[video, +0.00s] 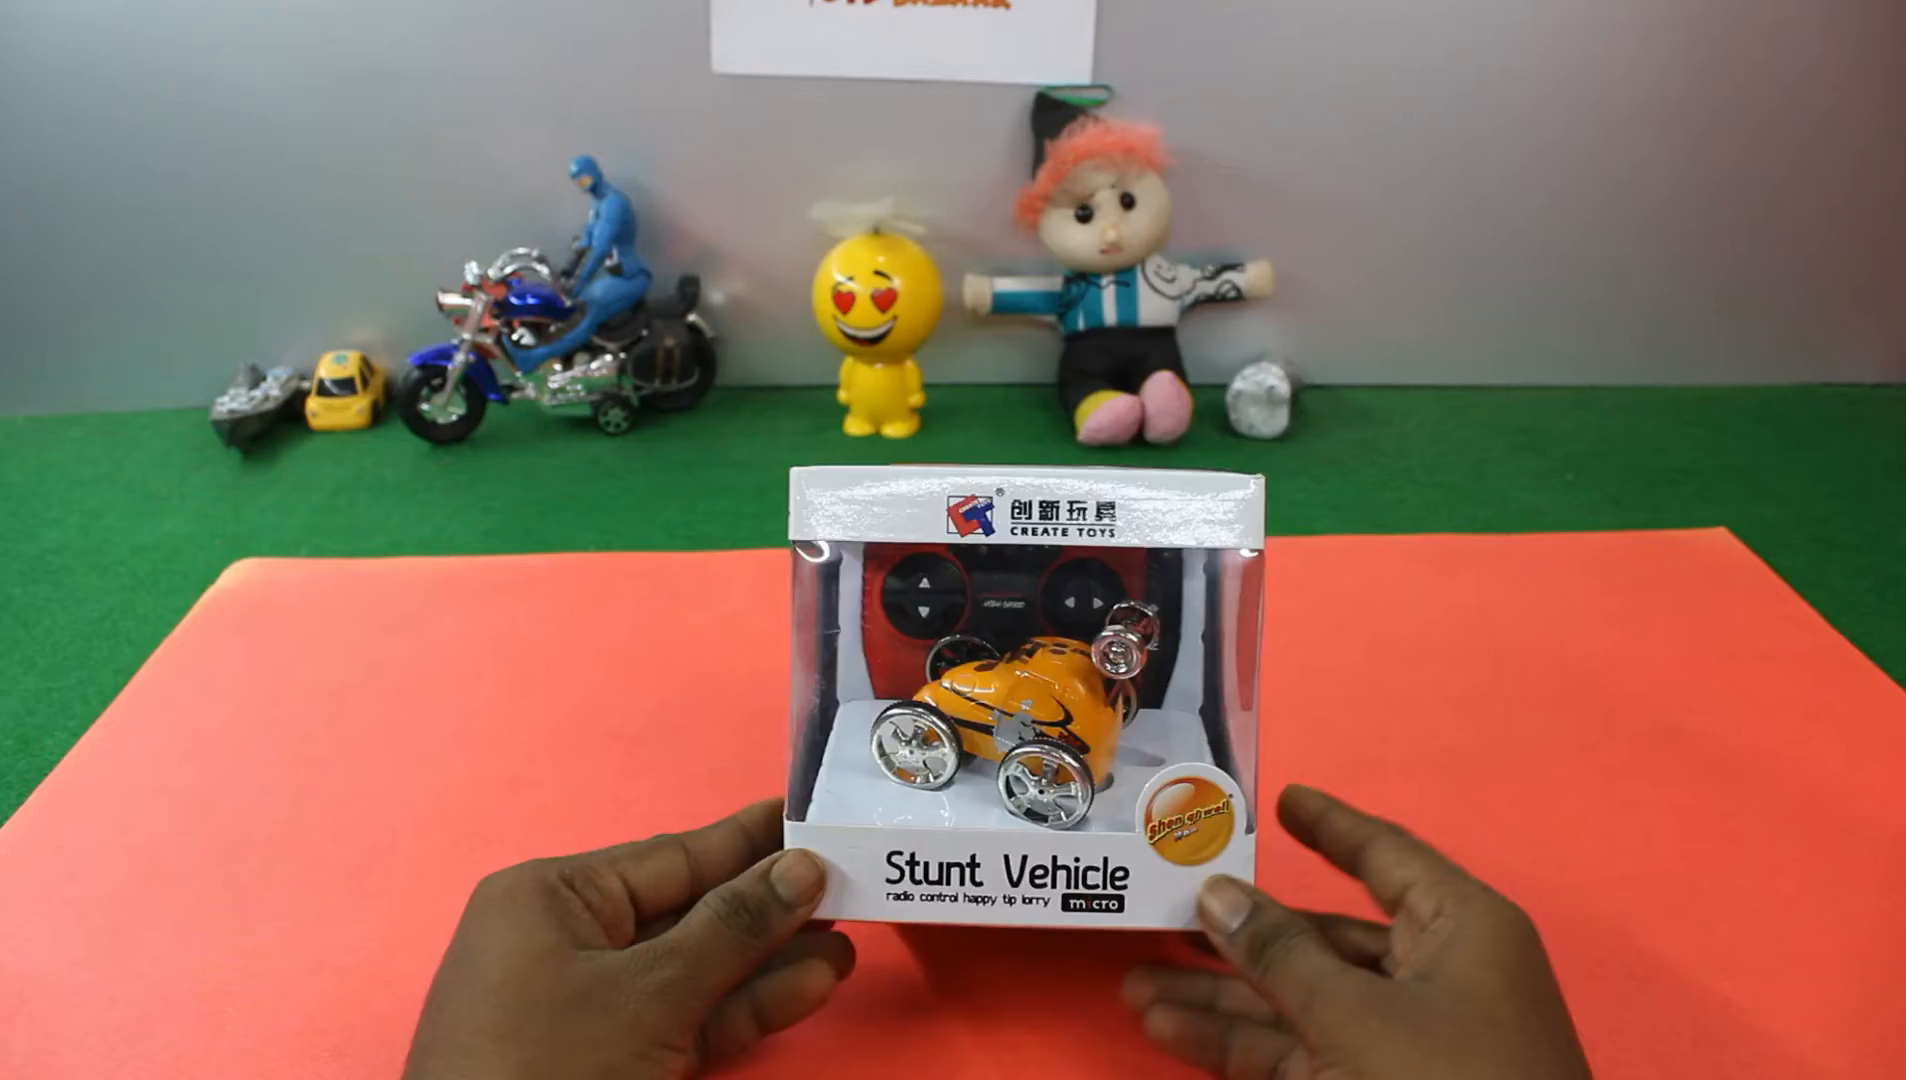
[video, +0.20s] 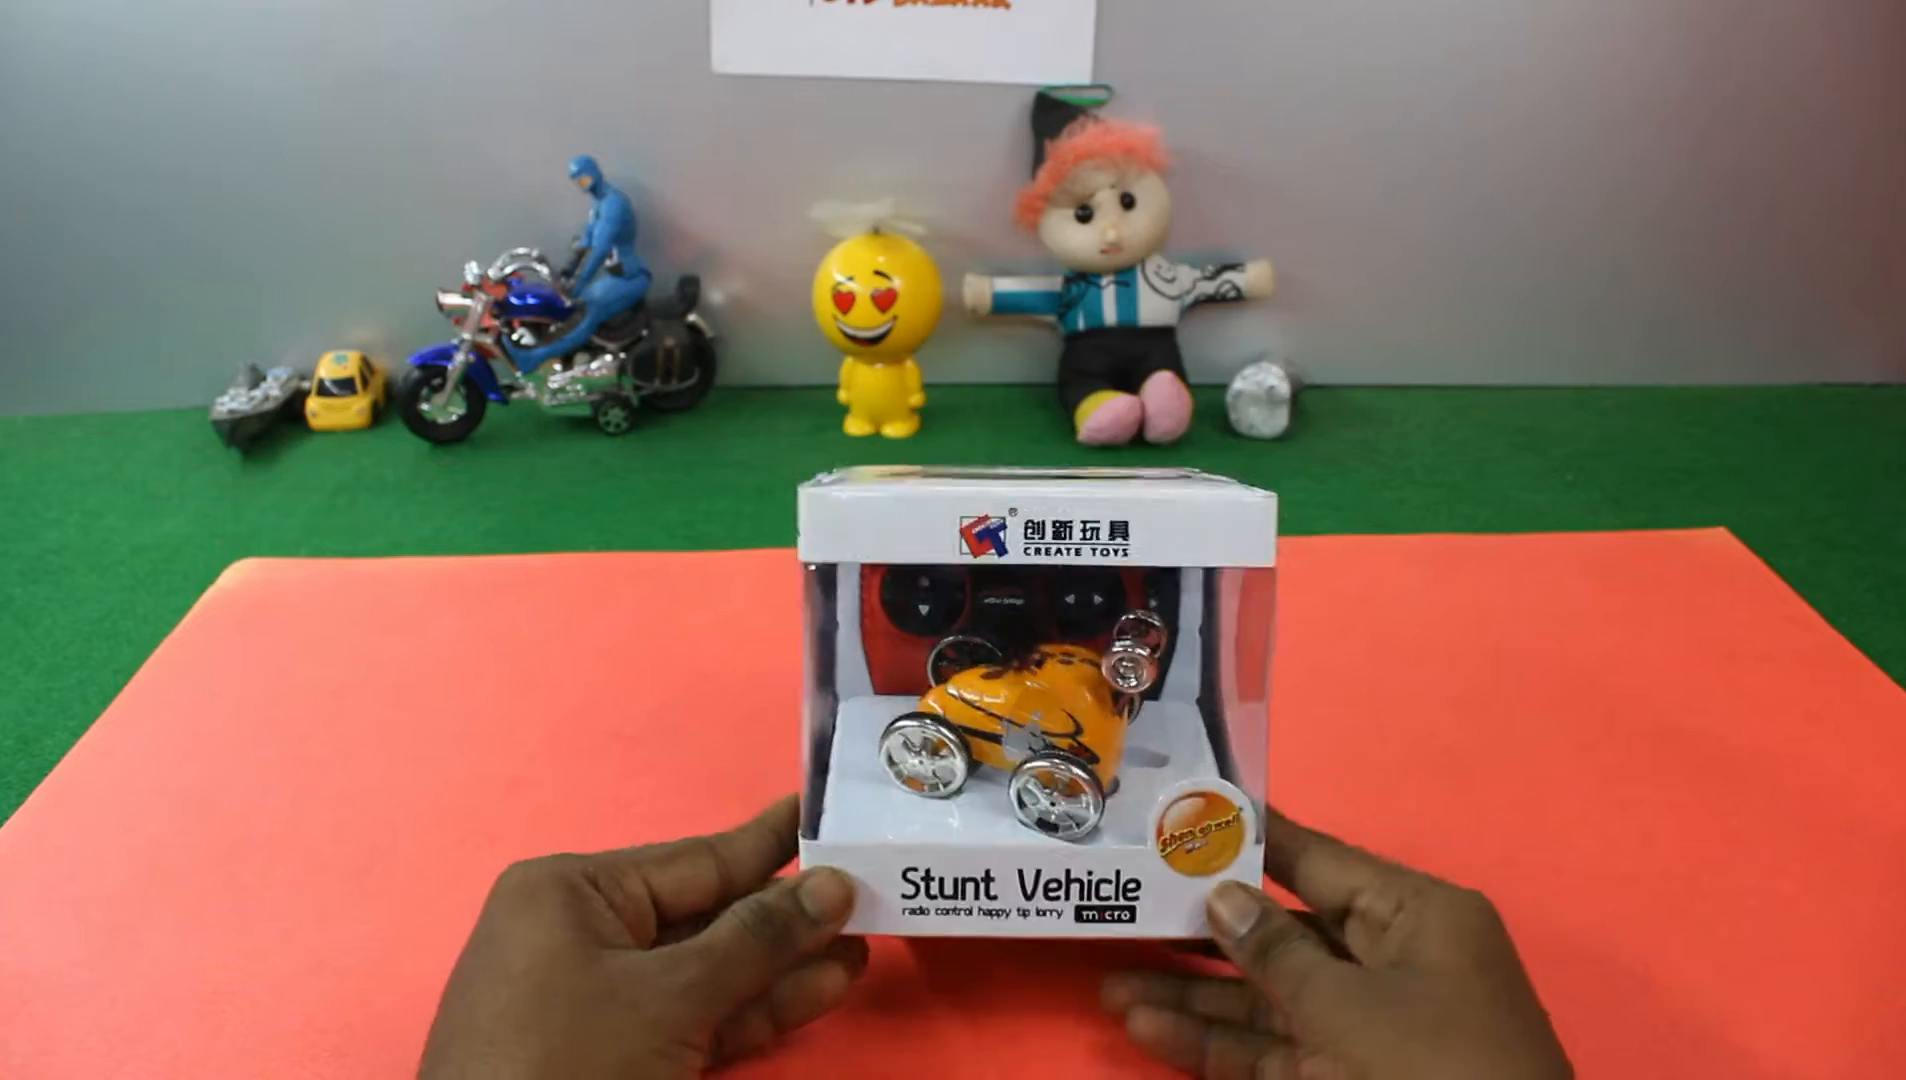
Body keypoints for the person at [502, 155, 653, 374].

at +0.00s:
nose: (581, 184)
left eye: (583, 177)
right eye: (577, 180)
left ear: (594, 174)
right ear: (576, 182)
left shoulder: (614, 203)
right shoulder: (598, 204)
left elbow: (601, 249)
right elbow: (586, 241)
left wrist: (577, 288)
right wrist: (567, 271)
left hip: (631, 277)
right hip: (611, 272)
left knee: (593, 313)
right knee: (574, 301)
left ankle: (532, 358)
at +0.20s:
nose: (581, 184)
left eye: (583, 177)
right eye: (576, 180)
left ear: (594, 174)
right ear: (576, 181)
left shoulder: (614, 203)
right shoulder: (598, 203)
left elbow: (601, 249)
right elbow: (587, 240)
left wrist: (577, 287)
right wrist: (567, 271)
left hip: (631, 277)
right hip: (612, 272)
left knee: (593, 313)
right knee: (574, 301)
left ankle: (531, 359)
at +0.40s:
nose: (581, 184)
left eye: (583, 177)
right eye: (576, 180)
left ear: (594, 174)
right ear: (576, 181)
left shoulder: (613, 204)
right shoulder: (598, 203)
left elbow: (601, 248)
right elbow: (587, 240)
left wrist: (577, 288)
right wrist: (568, 271)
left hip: (630, 277)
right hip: (611, 272)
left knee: (593, 313)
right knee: (574, 302)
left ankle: (532, 358)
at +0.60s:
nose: (581, 184)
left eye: (583, 177)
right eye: (576, 180)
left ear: (594, 174)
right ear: (576, 181)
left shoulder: (613, 203)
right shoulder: (598, 203)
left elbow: (601, 248)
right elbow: (586, 240)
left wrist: (577, 287)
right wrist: (567, 271)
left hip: (630, 277)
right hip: (611, 272)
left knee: (593, 313)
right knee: (574, 301)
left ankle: (532, 359)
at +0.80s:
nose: (581, 184)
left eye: (583, 177)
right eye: (576, 179)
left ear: (594, 174)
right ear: (576, 181)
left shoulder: (614, 203)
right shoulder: (598, 203)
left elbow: (601, 248)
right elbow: (586, 240)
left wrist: (577, 287)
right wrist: (567, 271)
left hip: (630, 277)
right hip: (611, 272)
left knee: (593, 312)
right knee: (574, 302)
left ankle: (532, 358)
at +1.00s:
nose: (581, 184)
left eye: (583, 177)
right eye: (576, 180)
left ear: (594, 174)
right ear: (576, 181)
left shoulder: (614, 203)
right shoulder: (598, 203)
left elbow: (601, 248)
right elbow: (586, 241)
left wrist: (577, 287)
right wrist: (567, 271)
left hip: (630, 277)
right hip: (611, 272)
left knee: (592, 312)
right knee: (574, 302)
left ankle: (532, 358)